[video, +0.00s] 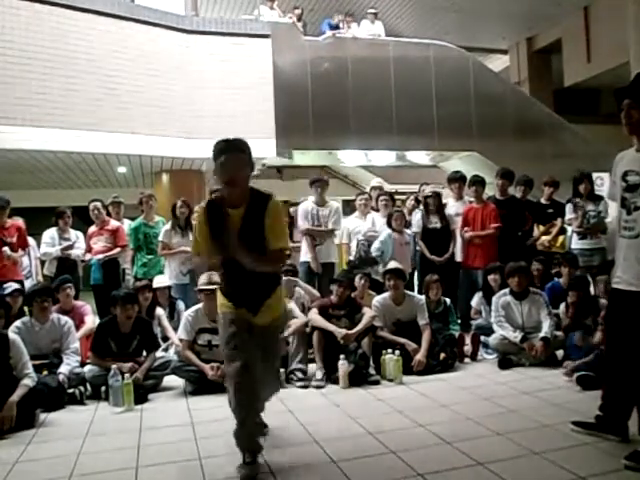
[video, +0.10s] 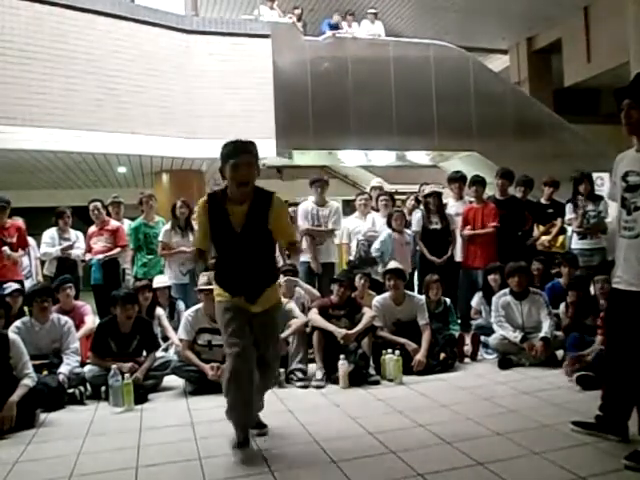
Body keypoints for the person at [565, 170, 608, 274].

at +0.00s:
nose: (585, 187)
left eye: (587, 183)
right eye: (581, 183)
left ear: (591, 185)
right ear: (577, 186)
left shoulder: (600, 201)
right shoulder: (571, 203)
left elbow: (602, 224)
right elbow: (575, 225)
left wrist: (584, 229)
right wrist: (581, 214)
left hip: (597, 246)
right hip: (579, 246)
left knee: (599, 282)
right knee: (580, 281)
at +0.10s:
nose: (584, 187)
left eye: (587, 183)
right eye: (581, 184)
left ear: (591, 185)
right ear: (577, 186)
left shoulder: (600, 201)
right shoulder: (571, 204)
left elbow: (602, 225)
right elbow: (575, 226)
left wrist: (583, 230)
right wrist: (581, 213)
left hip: (597, 246)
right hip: (579, 246)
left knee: (599, 280)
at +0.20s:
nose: (584, 188)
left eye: (587, 184)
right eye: (581, 184)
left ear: (591, 185)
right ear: (577, 187)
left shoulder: (600, 201)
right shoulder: (571, 204)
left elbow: (602, 224)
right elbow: (575, 225)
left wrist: (584, 230)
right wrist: (582, 207)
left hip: (597, 246)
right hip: (579, 246)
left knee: (598, 279)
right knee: (580, 279)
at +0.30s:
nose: (584, 189)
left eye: (587, 185)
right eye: (581, 185)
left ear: (591, 186)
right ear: (576, 187)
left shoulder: (600, 201)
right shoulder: (571, 204)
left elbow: (603, 225)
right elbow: (575, 225)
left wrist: (583, 230)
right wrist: (583, 208)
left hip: (598, 246)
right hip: (579, 246)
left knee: (598, 279)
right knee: (580, 279)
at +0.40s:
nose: (584, 189)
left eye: (587, 185)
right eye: (581, 185)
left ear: (591, 186)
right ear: (577, 187)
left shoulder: (600, 201)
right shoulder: (571, 204)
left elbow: (603, 225)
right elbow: (575, 225)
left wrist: (583, 230)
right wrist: (583, 208)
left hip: (597, 245)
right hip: (579, 246)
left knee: (598, 279)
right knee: (580, 279)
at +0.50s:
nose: (584, 189)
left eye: (587, 185)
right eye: (581, 186)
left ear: (591, 186)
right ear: (577, 187)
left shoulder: (600, 201)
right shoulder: (571, 204)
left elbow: (603, 225)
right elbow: (575, 225)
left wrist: (583, 230)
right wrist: (583, 208)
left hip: (597, 246)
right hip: (579, 246)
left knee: (598, 279)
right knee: (580, 279)